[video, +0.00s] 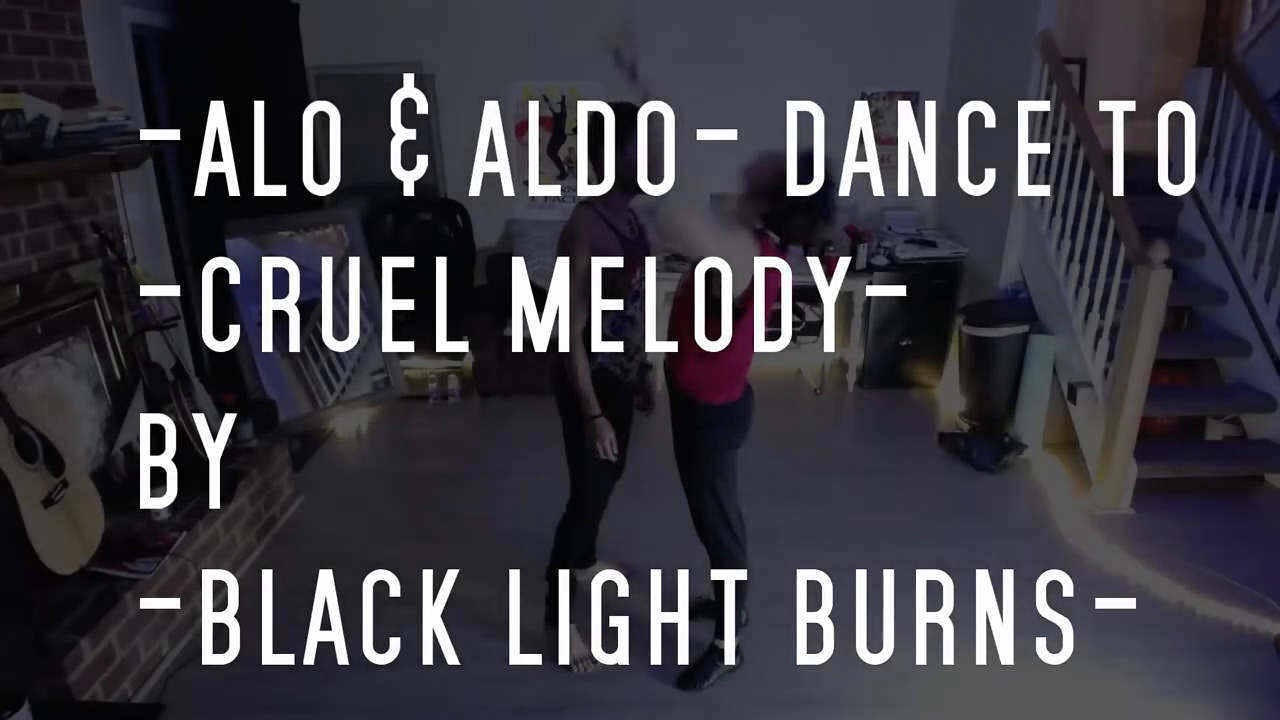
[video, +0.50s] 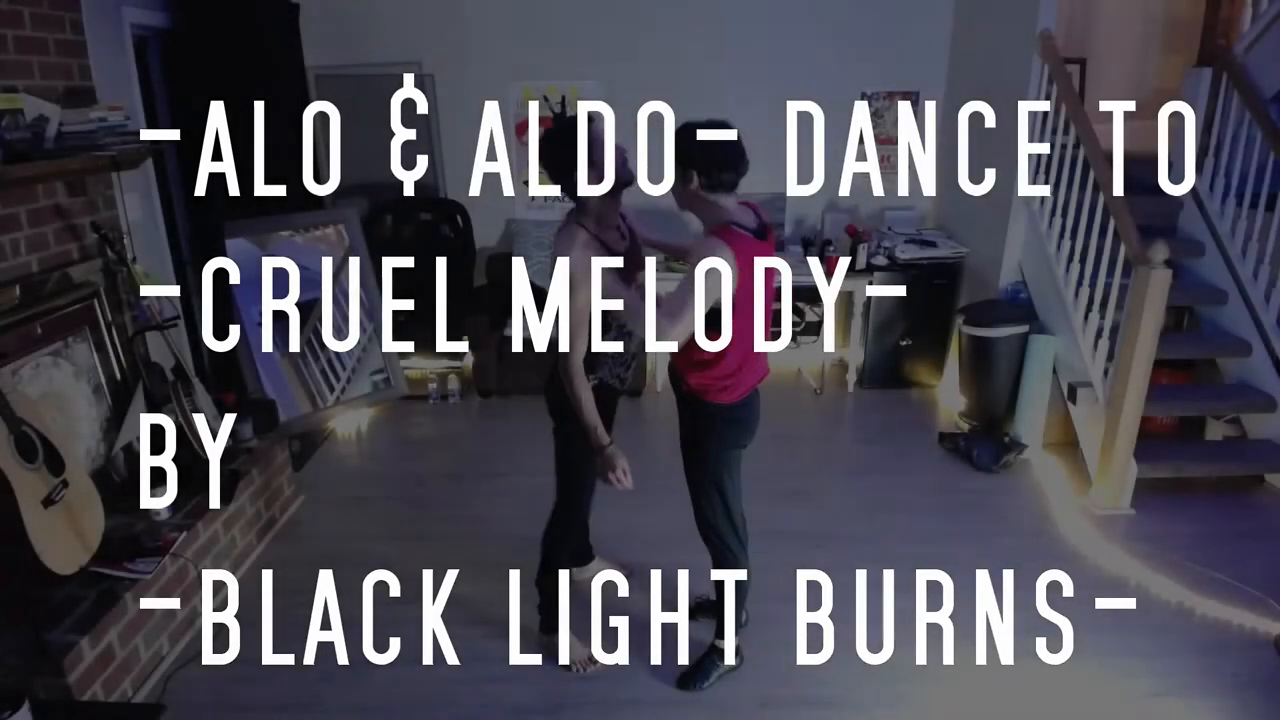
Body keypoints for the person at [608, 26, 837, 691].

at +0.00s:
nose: (748, 175)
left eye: (759, 177)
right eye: (756, 171)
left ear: (765, 202)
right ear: (771, 203)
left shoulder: (738, 253)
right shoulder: (750, 240)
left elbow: (668, 219)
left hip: (709, 405)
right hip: (712, 397)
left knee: (716, 520)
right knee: (716, 513)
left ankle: (729, 642)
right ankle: (729, 623)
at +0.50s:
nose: (671, 183)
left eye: (676, 173)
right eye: (673, 172)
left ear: (693, 180)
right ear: (732, 176)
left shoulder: (714, 251)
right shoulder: (750, 222)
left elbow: (664, 329)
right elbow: (690, 244)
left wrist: (626, 288)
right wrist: (633, 236)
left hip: (712, 410)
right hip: (734, 397)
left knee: (717, 521)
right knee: (723, 507)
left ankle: (728, 645)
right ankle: (734, 599)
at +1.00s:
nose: (664, 159)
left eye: (675, 151)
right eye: (668, 148)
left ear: (702, 164)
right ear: (708, 165)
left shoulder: (708, 251)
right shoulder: (704, 228)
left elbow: (737, 352)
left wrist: (709, 435)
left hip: (704, 413)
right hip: (701, 403)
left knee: (712, 527)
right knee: (715, 514)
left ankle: (727, 645)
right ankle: (727, 600)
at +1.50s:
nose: (681, 177)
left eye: (692, 167)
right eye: (682, 166)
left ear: (732, 172)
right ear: (721, 173)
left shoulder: (747, 232)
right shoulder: (706, 238)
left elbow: (771, 328)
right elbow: (683, 316)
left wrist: (697, 362)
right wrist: (637, 293)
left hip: (711, 414)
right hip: (678, 408)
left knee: (690, 533)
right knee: (685, 531)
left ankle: (723, 645)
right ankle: (719, 639)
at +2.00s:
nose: (704, 196)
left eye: (719, 188)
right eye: (697, 183)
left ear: (737, 191)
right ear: (683, 179)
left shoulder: (746, 239)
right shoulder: (669, 251)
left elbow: (794, 306)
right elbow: (658, 318)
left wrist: (817, 384)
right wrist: (614, 293)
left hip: (740, 418)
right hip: (687, 414)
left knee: (709, 544)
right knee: (690, 517)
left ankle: (725, 649)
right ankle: (718, 582)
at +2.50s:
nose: (707, 201)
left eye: (721, 191)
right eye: (699, 187)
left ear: (739, 192)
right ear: (687, 181)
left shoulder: (751, 251)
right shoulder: (671, 234)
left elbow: (780, 340)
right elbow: (652, 293)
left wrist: (802, 420)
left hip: (732, 397)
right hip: (681, 390)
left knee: (710, 527)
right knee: (673, 500)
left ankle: (723, 646)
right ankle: (718, 570)